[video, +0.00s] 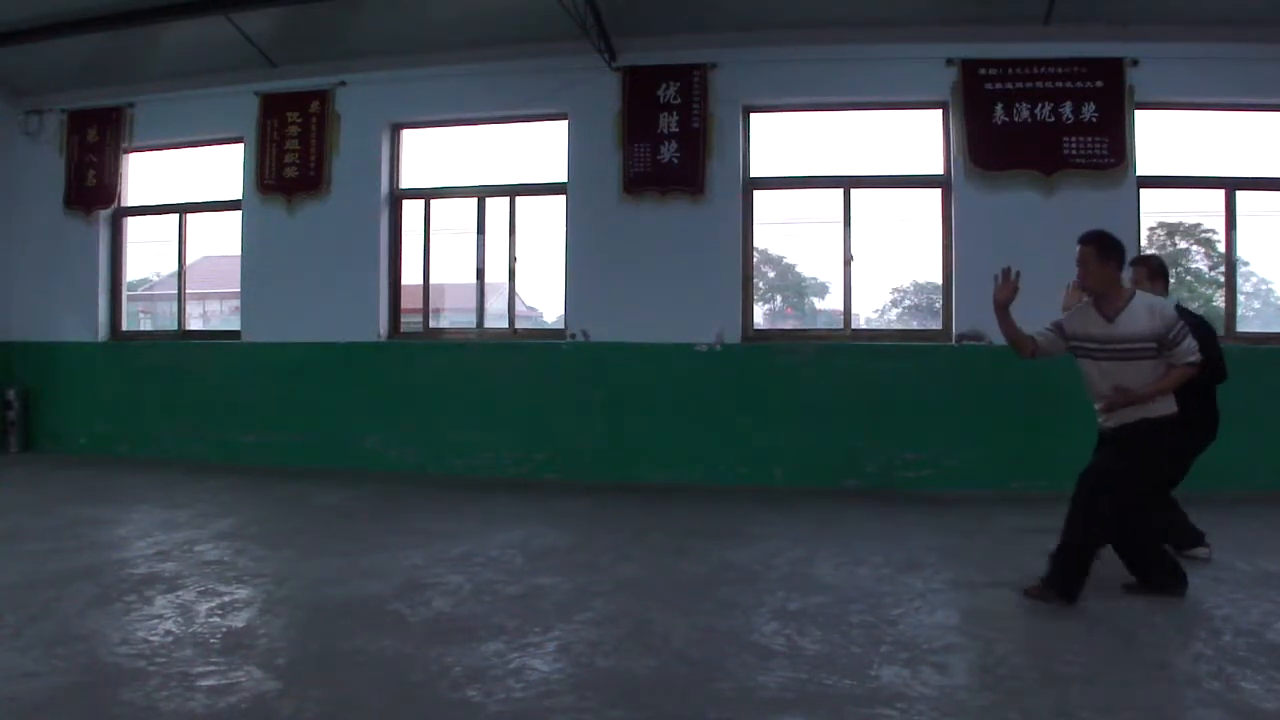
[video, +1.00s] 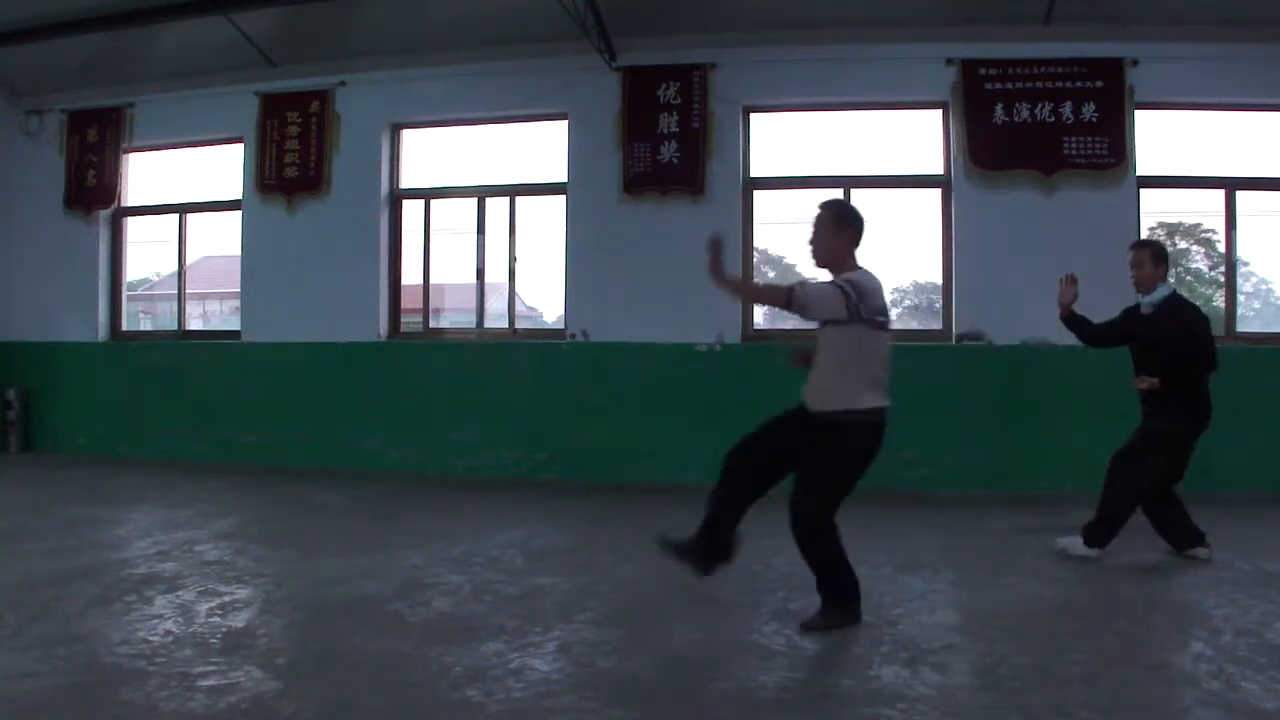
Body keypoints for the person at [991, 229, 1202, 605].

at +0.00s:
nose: (1077, 271)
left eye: (1084, 264)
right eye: (1077, 263)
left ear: (1111, 266)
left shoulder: (1158, 312)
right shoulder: (1075, 320)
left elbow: (1190, 364)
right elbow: (1029, 348)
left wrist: (1140, 395)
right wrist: (1002, 311)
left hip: (1158, 426)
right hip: (1113, 430)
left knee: (1093, 491)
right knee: (1118, 504)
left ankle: (1062, 585)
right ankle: (1162, 578)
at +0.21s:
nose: (1043, 268)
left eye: (1051, 261)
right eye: (1044, 260)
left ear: (1079, 264)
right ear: (1061, 265)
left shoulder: (1120, 312)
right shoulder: (1040, 318)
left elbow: (1150, 365)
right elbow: (987, 337)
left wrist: (1094, 388)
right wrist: (958, 301)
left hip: (1108, 428)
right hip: (1071, 430)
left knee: (1047, 504)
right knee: (1101, 516)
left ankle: (989, 580)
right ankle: (1158, 571)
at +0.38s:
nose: (998, 251)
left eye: (1006, 244)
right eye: (999, 244)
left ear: (1033, 249)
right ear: (1009, 249)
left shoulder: (1065, 305)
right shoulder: (989, 299)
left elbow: (1079, 366)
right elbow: (938, 319)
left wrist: (1017, 354)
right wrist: (903, 279)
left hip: (1043, 422)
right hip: (1007, 422)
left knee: (980, 498)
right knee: (1048, 499)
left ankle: (969, 595)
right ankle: (1121, 541)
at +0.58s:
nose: (915, 217)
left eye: (923, 210)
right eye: (917, 209)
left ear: (945, 217)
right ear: (946, 218)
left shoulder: (952, 264)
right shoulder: (959, 263)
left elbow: (885, 292)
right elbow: (953, 332)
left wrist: (852, 258)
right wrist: (914, 316)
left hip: (968, 388)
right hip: (945, 381)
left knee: (952, 483)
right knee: (871, 392)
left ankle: (960, 587)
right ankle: (851, 482)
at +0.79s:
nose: (857, 222)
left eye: (864, 214)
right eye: (859, 214)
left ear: (890, 219)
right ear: (891, 220)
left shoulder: (890, 267)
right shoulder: (902, 266)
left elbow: (818, 283)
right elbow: (897, 338)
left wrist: (780, 239)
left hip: (899, 395)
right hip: (893, 388)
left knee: (868, 494)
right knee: (818, 347)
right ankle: (821, 443)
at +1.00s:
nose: (811, 239)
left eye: (819, 230)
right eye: (813, 230)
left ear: (845, 236)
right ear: (842, 238)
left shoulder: (860, 288)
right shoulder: (842, 290)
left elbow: (790, 297)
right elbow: (858, 353)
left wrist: (724, 280)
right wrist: (816, 358)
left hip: (854, 424)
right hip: (815, 416)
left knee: (810, 513)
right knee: (745, 463)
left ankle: (842, 605)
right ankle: (709, 548)